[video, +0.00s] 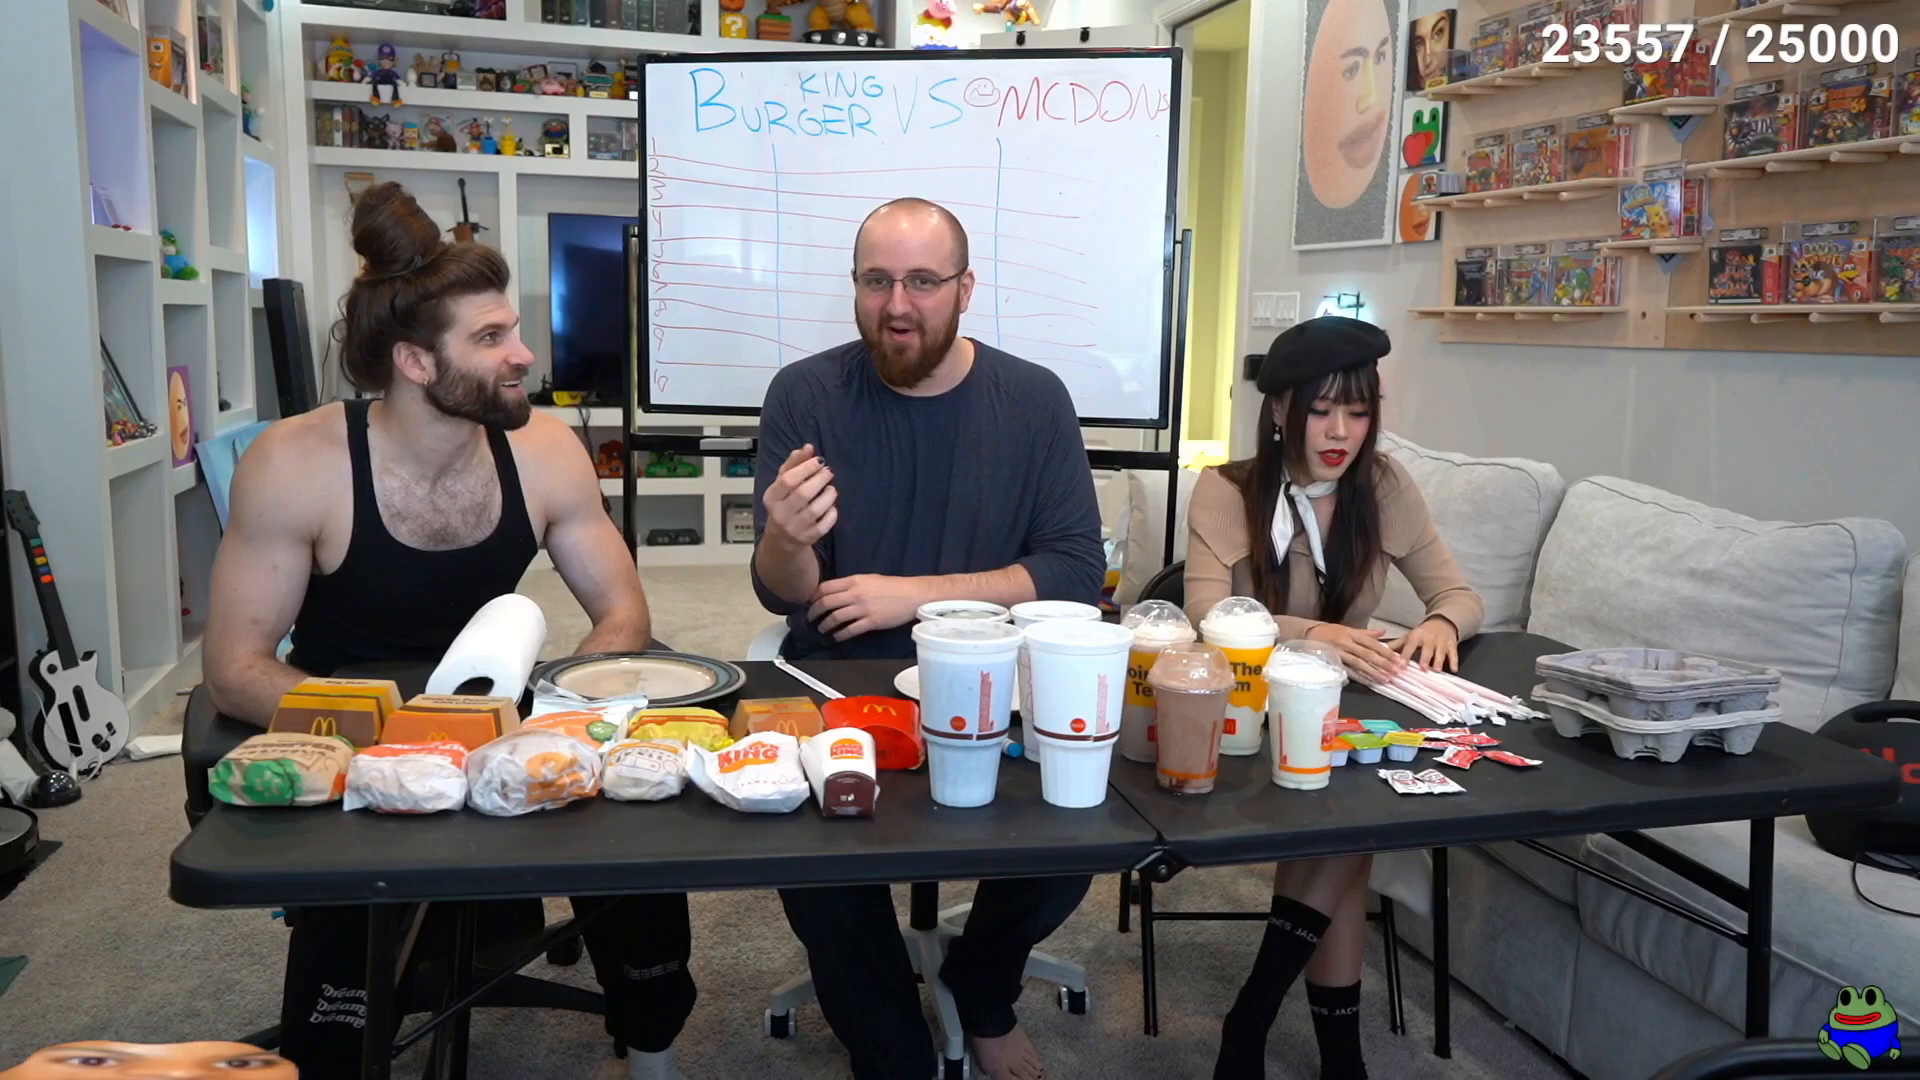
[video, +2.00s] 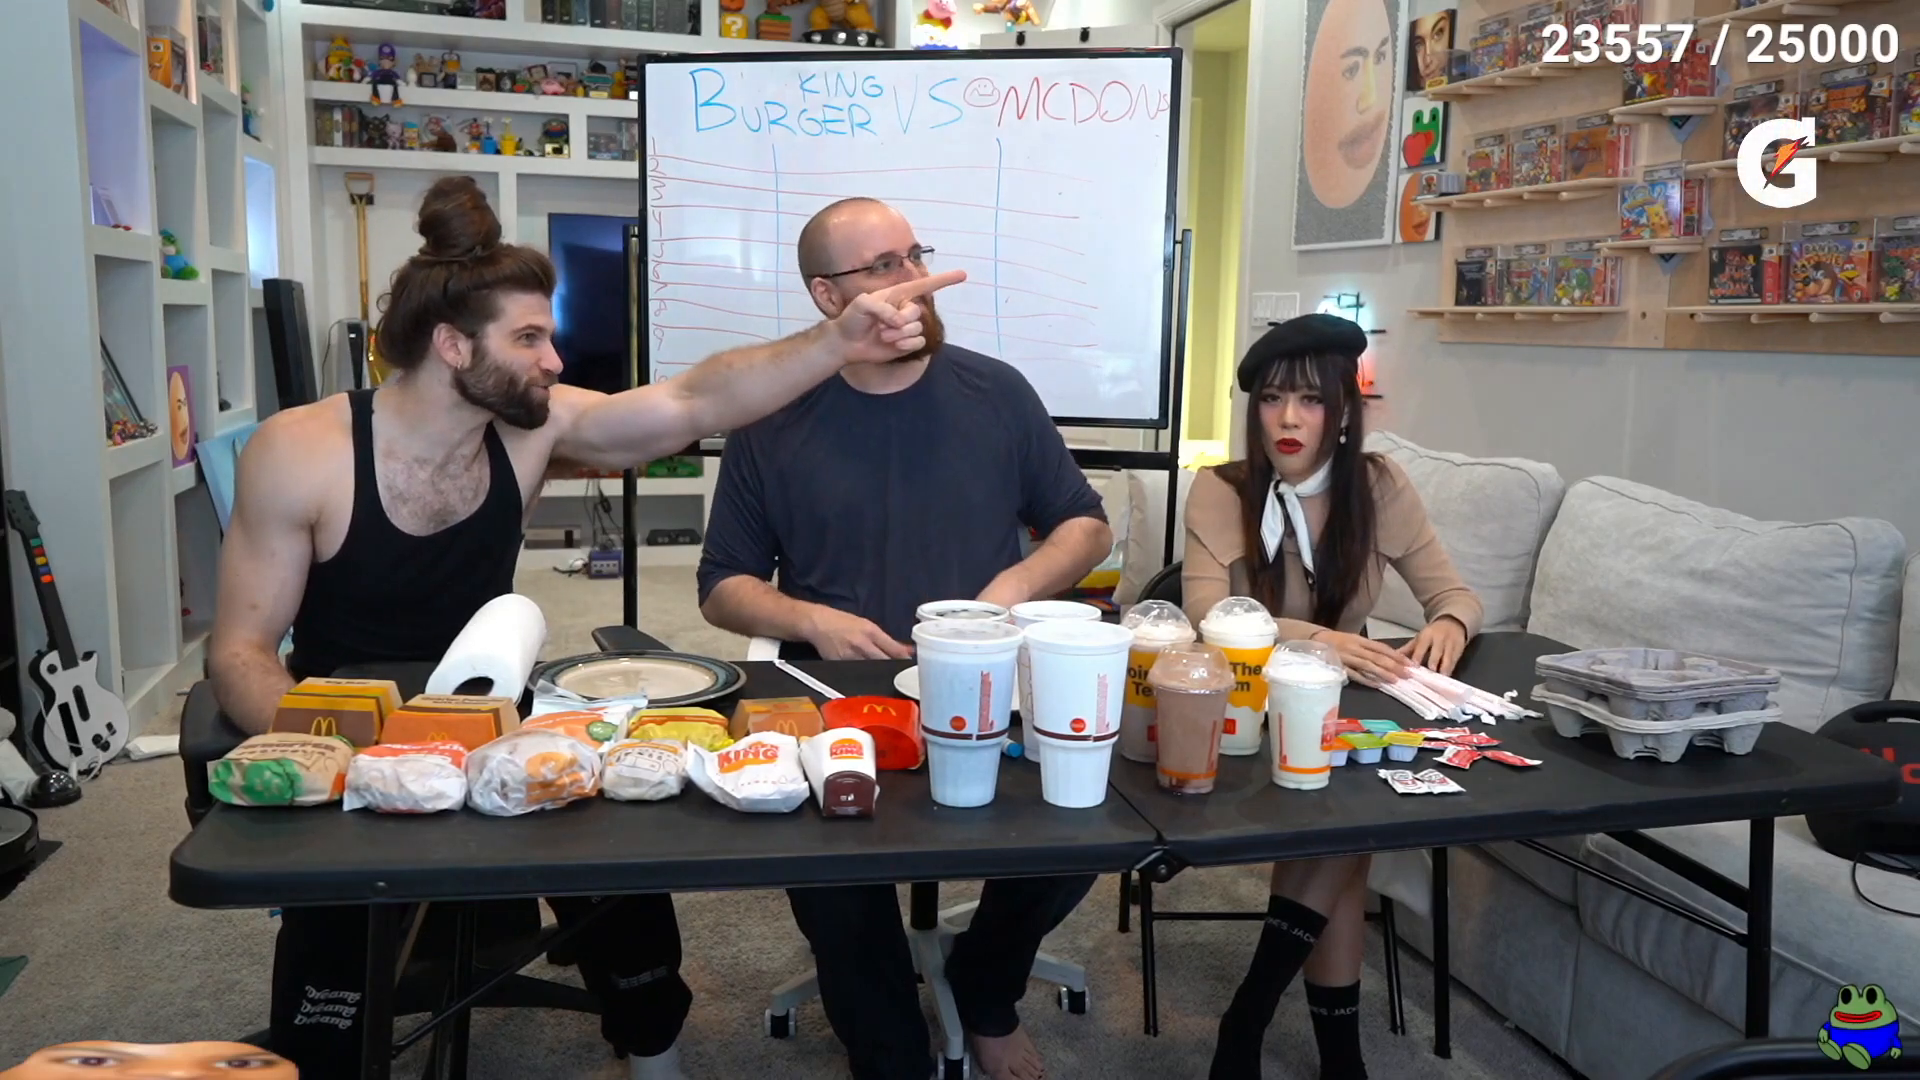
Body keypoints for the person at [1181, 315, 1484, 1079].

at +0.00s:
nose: (1339, 430)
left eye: (1356, 412)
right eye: (1319, 410)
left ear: (1373, 416)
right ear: (1281, 411)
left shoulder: (1385, 486)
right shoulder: (1225, 493)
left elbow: (1460, 595)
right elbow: (1209, 622)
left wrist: (1442, 620)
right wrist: (1311, 633)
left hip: (1339, 708)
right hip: (1242, 712)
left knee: (1352, 816)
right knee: (1351, 834)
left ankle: (1247, 1025)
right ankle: (1343, 1064)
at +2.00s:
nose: (1289, 418)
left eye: (1311, 399)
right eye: (1274, 398)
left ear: (1345, 411)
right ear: (1253, 406)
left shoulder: (1376, 482)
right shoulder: (1221, 491)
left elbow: (1453, 595)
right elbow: (1209, 623)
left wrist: (1450, 624)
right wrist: (1312, 636)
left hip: (1337, 706)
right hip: (1241, 710)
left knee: (1346, 816)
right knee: (1350, 832)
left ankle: (1244, 1025)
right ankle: (1343, 1064)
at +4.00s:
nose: (1296, 418)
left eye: (1318, 400)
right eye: (1280, 398)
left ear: (1348, 411)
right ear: (1256, 406)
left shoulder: (1379, 483)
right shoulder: (1221, 491)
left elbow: (1453, 594)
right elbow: (1209, 621)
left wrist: (1449, 625)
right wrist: (1309, 634)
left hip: (1337, 705)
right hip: (1241, 711)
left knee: (1348, 813)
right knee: (1351, 829)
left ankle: (1246, 1023)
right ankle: (1343, 1064)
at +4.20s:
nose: (1299, 419)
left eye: (1320, 401)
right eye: (1282, 399)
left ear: (1350, 412)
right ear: (1258, 406)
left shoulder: (1379, 483)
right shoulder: (1221, 492)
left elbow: (1455, 594)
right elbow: (1209, 622)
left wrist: (1449, 626)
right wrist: (1310, 634)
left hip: (1336, 706)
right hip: (1240, 712)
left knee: (1348, 814)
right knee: (1351, 828)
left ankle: (1246, 1024)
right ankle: (1343, 1064)